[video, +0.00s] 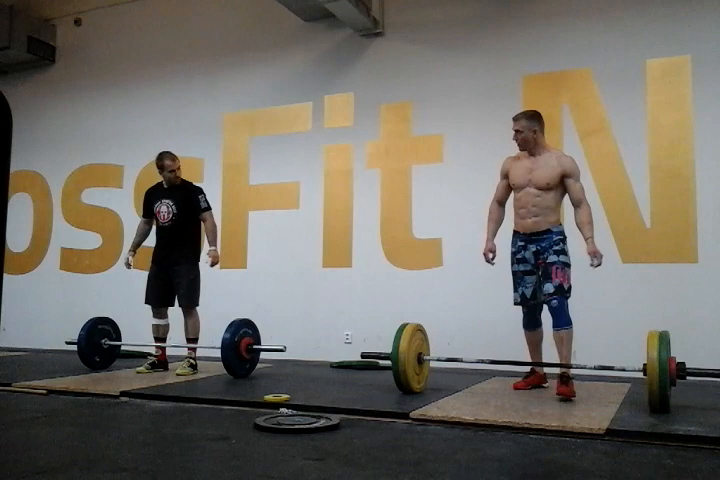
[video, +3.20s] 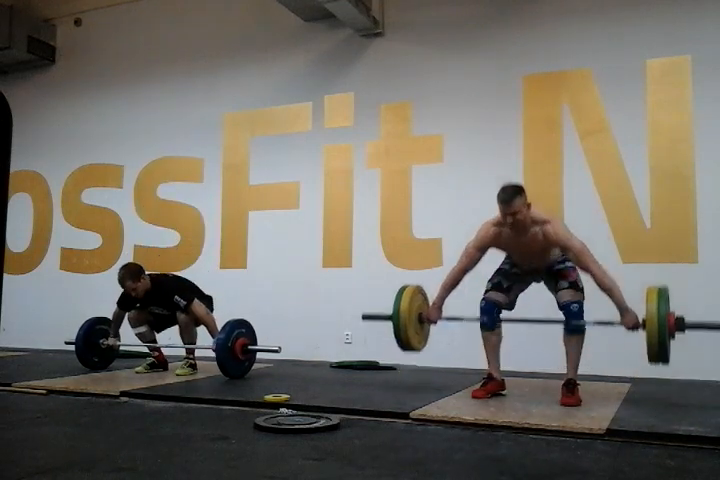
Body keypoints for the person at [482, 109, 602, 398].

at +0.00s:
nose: (514, 137)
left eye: (519, 132)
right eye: (513, 132)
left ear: (536, 132)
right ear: (520, 133)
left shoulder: (563, 163)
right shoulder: (510, 164)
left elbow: (580, 204)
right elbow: (498, 203)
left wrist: (590, 241)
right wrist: (490, 239)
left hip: (552, 242)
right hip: (521, 243)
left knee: (557, 305)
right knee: (530, 309)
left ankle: (565, 377)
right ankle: (537, 371)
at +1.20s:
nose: (516, 175)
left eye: (520, 169)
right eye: (511, 171)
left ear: (529, 160)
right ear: (503, 166)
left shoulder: (549, 183)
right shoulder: (491, 186)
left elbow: (578, 224)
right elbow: (471, 228)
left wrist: (591, 269)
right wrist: (459, 272)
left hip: (547, 249)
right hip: (511, 249)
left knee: (560, 307)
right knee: (494, 305)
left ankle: (570, 379)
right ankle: (494, 377)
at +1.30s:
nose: (516, 213)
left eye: (520, 206)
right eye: (510, 208)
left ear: (528, 196)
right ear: (501, 203)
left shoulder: (548, 210)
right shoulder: (491, 214)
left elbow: (583, 252)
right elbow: (468, 256)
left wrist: (601, 303)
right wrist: (453, 298)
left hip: (551, 255)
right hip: (515, 256)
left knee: (567, 309)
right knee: (486, 306)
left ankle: (572, 380)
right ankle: (493, 376)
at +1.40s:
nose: (513, 245)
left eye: (518, 240)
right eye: (508, 241)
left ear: (527, 231)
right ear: (500, 235)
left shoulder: (550, 241)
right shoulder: (490, 242)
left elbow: (589, 282)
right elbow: (463, 283)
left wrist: (612, 330)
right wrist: (447, 322)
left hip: (552, 269)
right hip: (514, 269)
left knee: (573, 309)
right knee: (482, 306)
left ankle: (573, 381)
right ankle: (492, 376)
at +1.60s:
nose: (513, 292)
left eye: (516, 286)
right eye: (507, 287)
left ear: (526, 277)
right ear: (497, 280)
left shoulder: (550, 280)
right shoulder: (483, 284)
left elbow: (600, 308)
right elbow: (453, 309)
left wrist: (631, 349)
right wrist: (433, 342)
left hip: (552, 271)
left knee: (572, 315)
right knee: (482, 312)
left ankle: (572, 381)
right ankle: (493, 379)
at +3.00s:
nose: (511, 251)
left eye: (515, 245)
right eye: (506, 247)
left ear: (527, 237)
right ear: (499, 243)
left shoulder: (550, 258)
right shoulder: (489, 259)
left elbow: (593, 297)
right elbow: (461, 294)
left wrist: (624, 340)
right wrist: (436, 331)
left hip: (551, 287)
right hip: (512, 288)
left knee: (572, 313)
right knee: (481, 309)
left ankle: (570, 383)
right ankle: (494, 378)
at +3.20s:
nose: (511, 219)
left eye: (515, 213)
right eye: (506, 215)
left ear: (528, 207)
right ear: (500, 213)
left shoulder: (550, 229)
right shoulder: (492, 231)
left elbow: (593, 268)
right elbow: (463, 266)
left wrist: (624, 309)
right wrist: (436, 303)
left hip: (555, 265)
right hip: (517, 265)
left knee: (574, 312)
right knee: (488, 308)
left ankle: (571, 383)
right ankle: (494, 378)